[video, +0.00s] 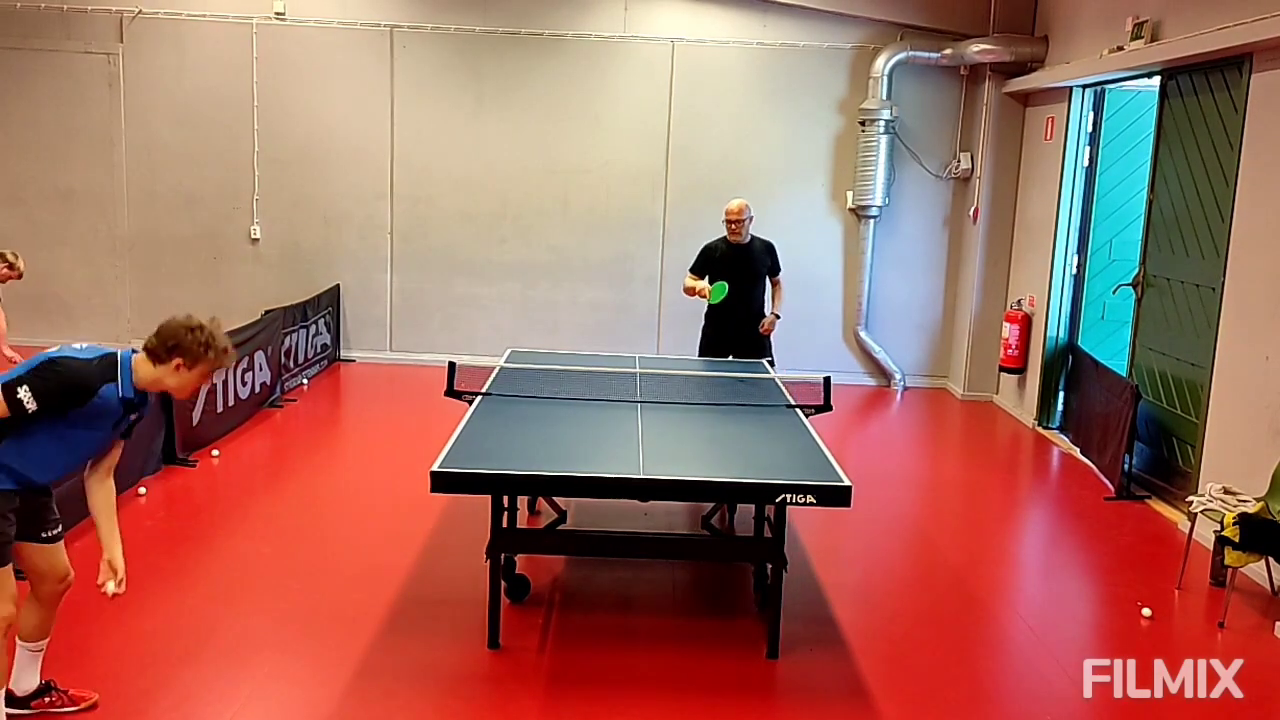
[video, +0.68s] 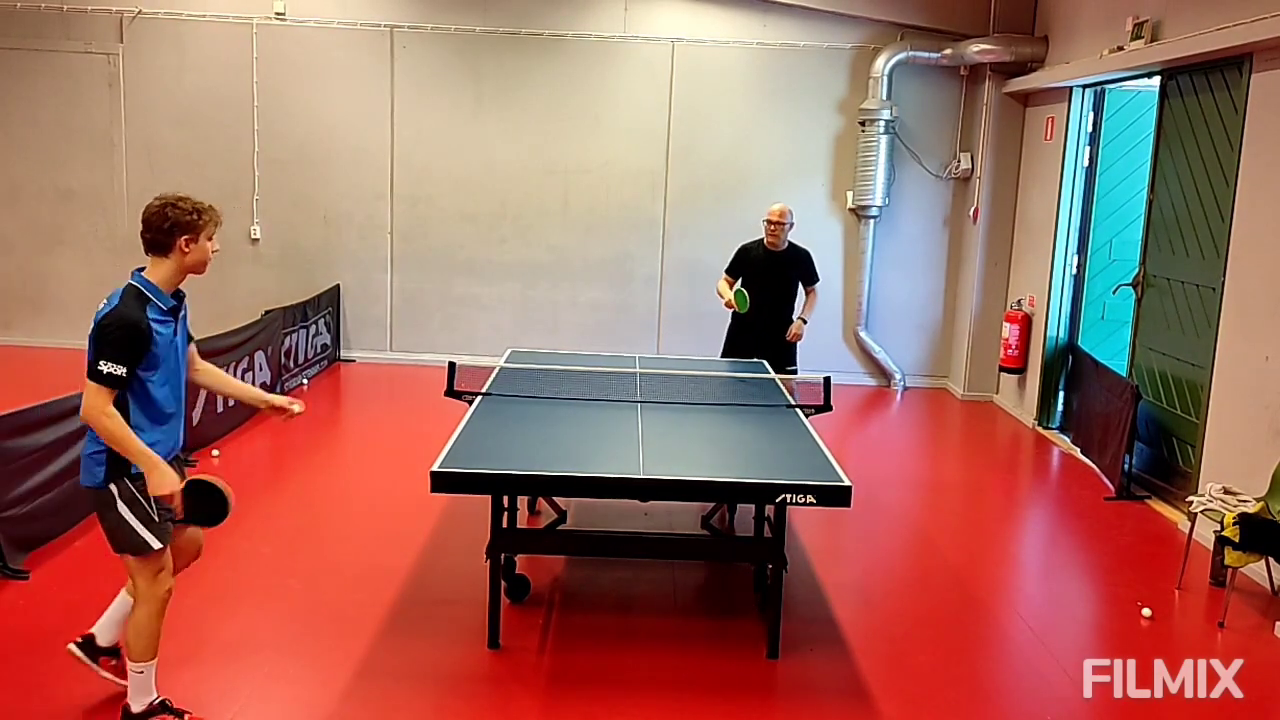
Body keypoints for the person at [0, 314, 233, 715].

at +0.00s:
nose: (205, 385)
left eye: (209, 376)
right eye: (205, 374)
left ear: (176, 362)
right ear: (179, 364)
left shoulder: (135, 398)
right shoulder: (78, 373)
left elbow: (100, 474)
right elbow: (1, 405)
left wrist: (111, 549)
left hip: (32, 483)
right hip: (2, 482)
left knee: (53, 580)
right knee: (4, 614)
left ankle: (24, 689)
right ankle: (8, 699)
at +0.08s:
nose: (207, 345)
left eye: (209, 336)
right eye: (205, 334)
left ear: (174, 329)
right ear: (178, 329)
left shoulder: (140, 367)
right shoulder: (86, 356)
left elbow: (101, 446)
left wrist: (115, 520)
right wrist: (3, 497)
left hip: (45, 482)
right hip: (9, 484)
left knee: (56, 579)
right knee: (17, 609)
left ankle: (26, 690)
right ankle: (3, 709)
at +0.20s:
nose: (194, 291)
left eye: (195, 282)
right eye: (192, 282)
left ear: (159, 281)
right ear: (168, 283)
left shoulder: (126, 329)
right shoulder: (94, 332)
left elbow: (104, 411)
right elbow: (27, 407)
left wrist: (133, 479)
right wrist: (78, 473)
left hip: (48, 469)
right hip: (23, 473)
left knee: (50, 584)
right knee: (70, 596)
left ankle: (26, 688)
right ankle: (21, 709)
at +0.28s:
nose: (191, 277)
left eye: (192, 268)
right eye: (189, 267)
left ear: (153, 266)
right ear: (165, 268)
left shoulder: (122, 319)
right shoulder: (98, 323)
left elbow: (108, 405)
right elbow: (43, 404)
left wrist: (145, 462)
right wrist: (108, 457)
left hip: (62, 469)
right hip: (43, 474)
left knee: (51, 583)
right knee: (90, 591)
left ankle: (22, 689)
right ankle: (58, 711)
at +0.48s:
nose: (194, 260)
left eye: (194, 251)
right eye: (192, 251)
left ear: (151, 254)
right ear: (169, 255)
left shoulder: (137, 312)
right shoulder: (115, 321)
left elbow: (136, 389)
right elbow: (76, 408)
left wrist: (181, 429)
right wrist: (159, 429)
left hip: (104, 470)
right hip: (92, 477)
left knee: (92, 574)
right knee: (148, 582)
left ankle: (29, 683)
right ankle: (142, 704)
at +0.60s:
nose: (205, 253)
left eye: (204, 244)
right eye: (201, 244)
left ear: (168, 247)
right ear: (176, 248)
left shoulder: (157, 300)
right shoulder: (121, 318)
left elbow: (168, 374)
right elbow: (97, 412)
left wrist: (234, 414)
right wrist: (174, 449)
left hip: (147, 461)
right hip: (117, 472)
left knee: (167, 558)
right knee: (155, 585)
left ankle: (71, 647)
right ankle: (142, 706)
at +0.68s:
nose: (215, 248)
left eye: (213, 239)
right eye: (209, 239)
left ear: (177, 244)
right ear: (183, 244)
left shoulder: (172, 300)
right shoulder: (126, 317)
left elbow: (192, 367)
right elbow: (95, 409)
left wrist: (263, 398)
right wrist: (155, 466)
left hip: (156, 462)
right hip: (121, 472)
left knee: (186, 546)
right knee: (155, 582)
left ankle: (101, 638)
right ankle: (142, 705)